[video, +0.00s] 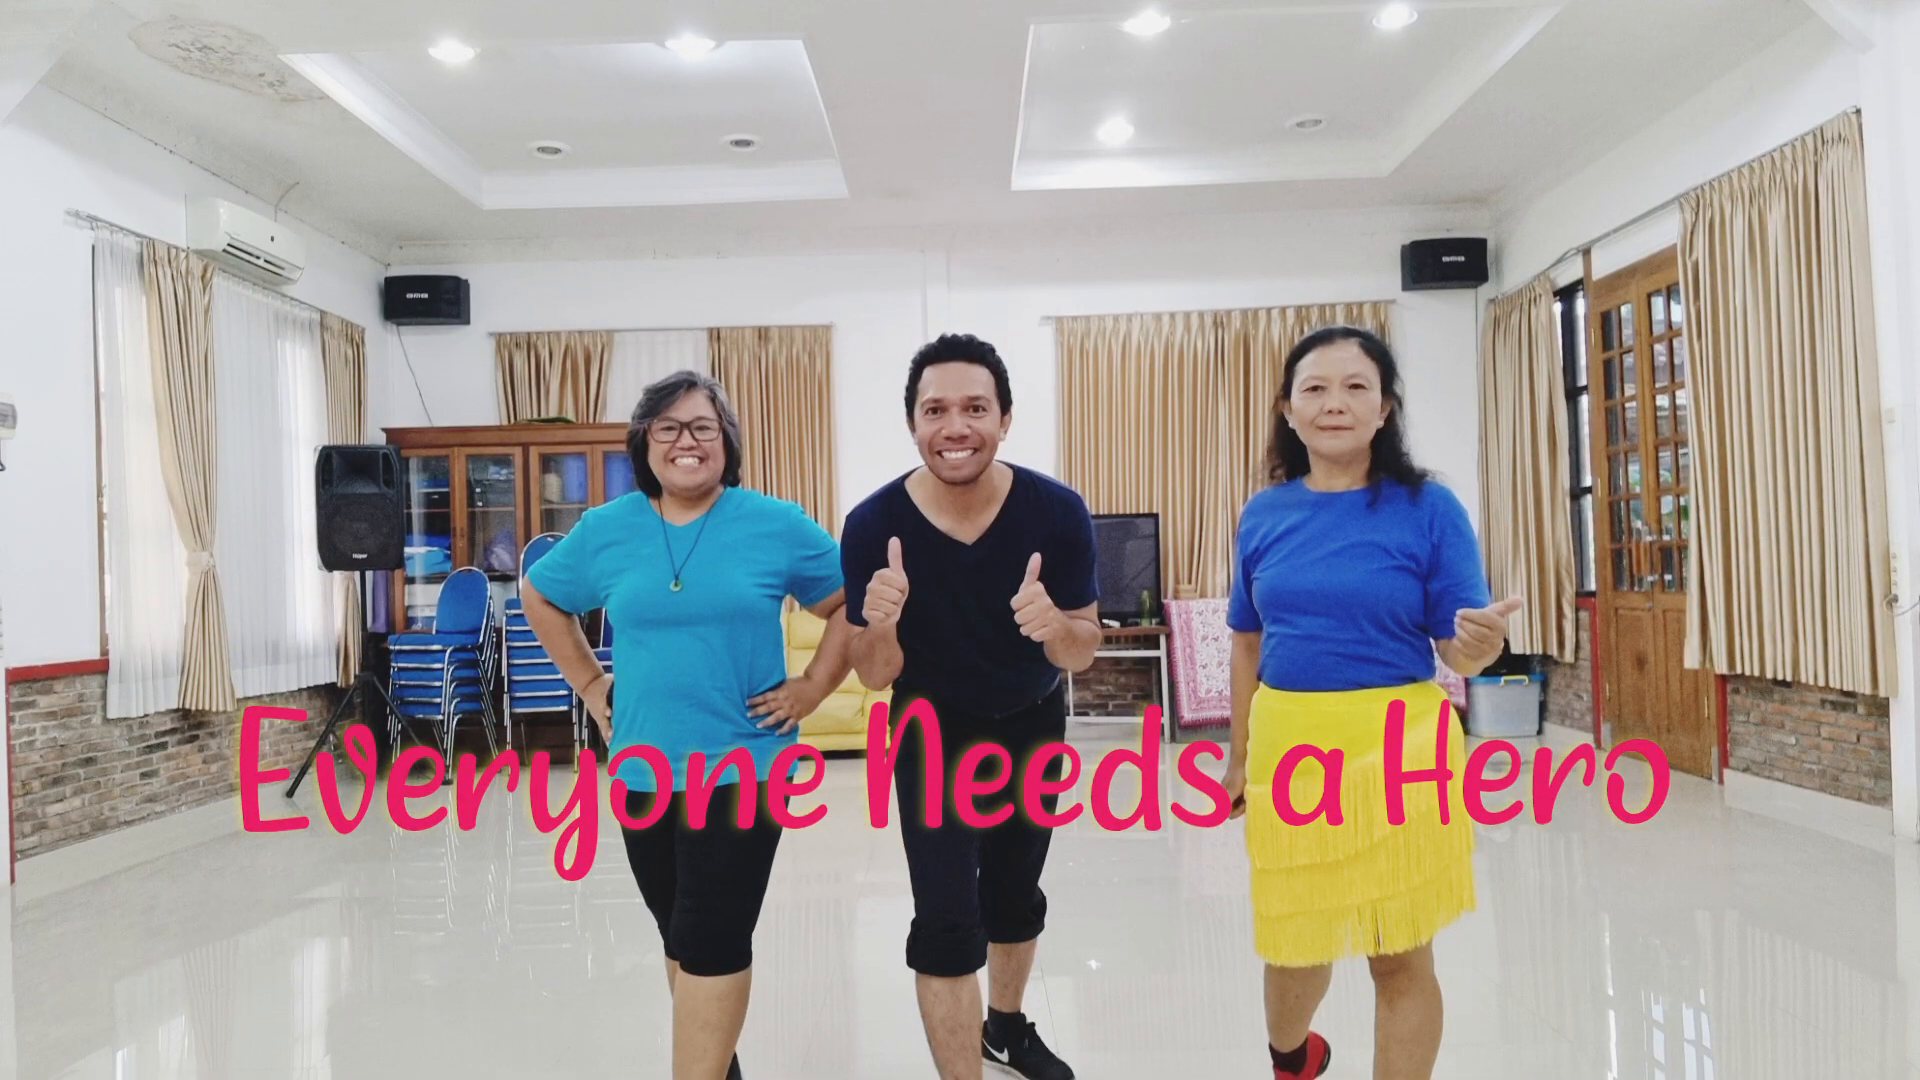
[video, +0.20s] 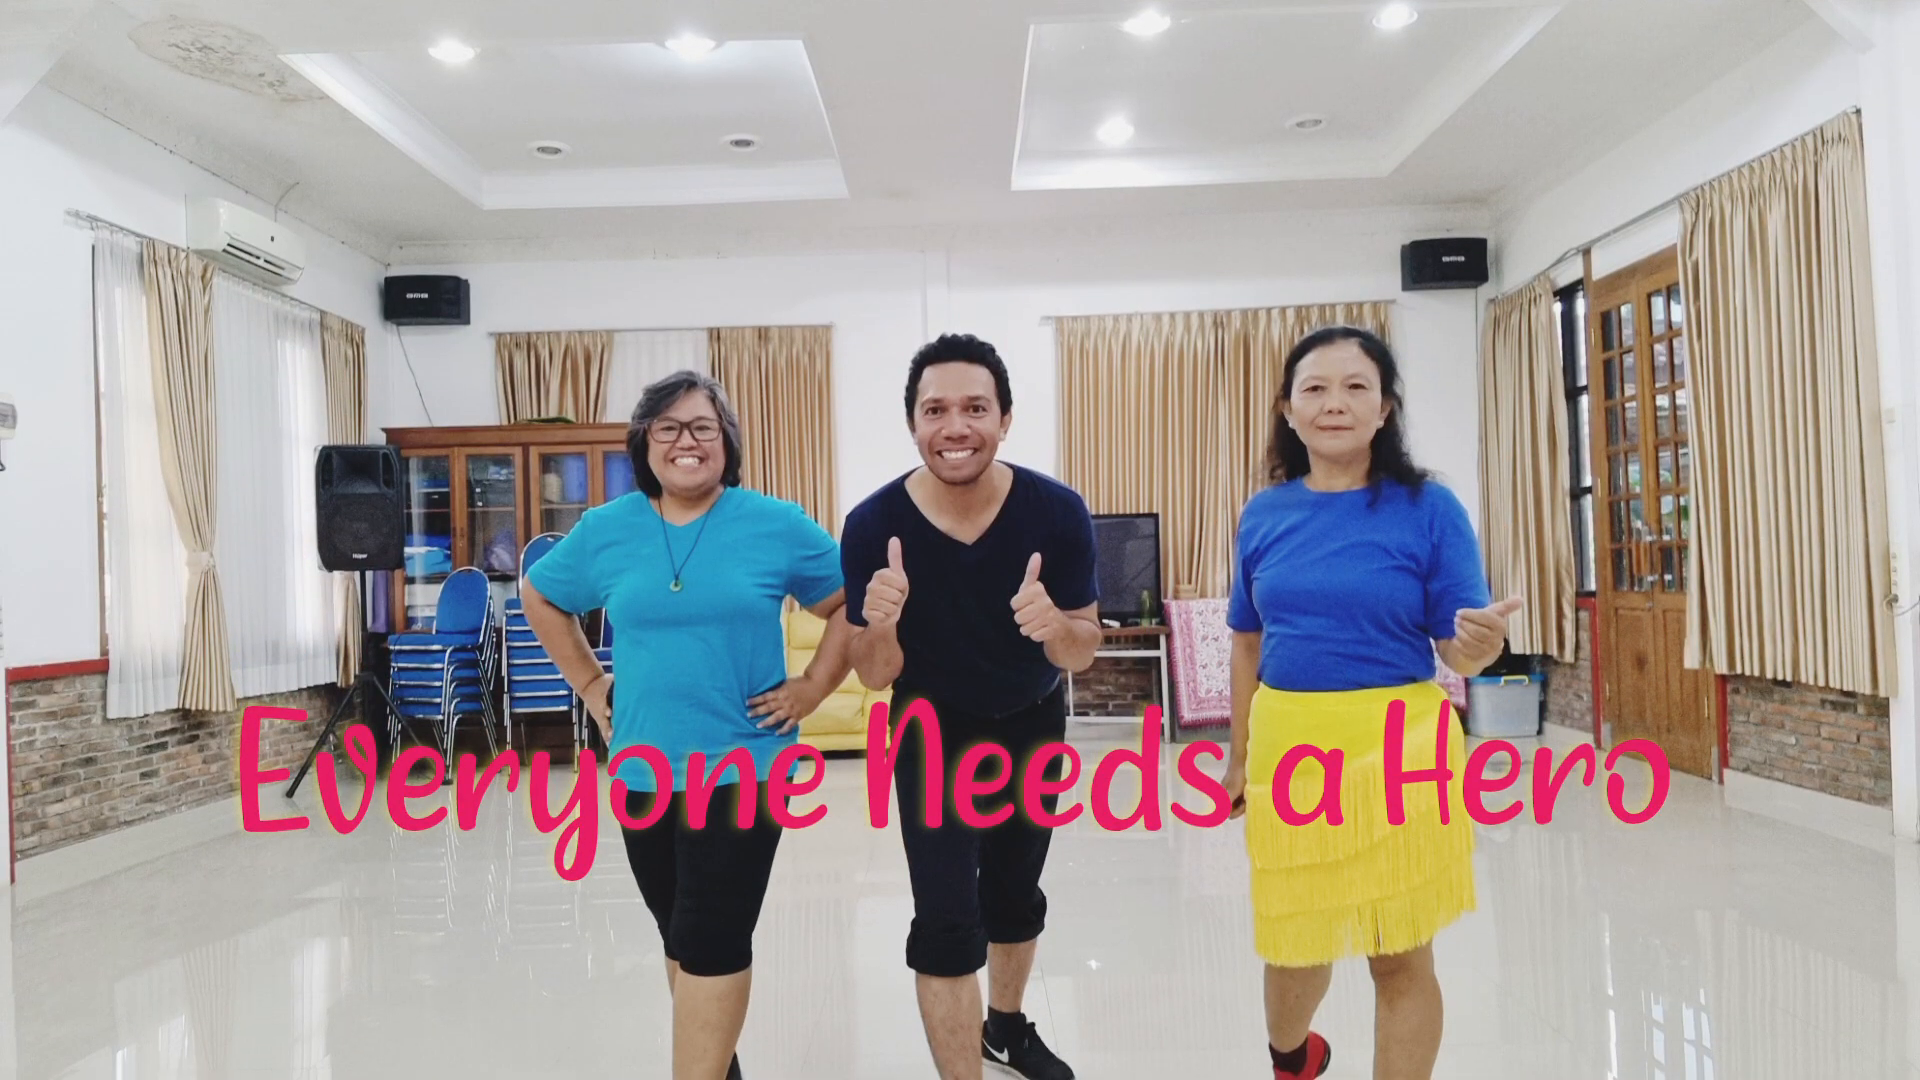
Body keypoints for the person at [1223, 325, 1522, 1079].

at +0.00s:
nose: (1334, 402)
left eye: (1354, 387)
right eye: (1314, 388)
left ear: (1385, 407)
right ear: (1290, 410)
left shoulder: (1428, 507)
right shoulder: (1265, 513)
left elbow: (1462, 651)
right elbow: (1248, 642)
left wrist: (1483, 639)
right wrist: (1239, 755)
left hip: (1400, 745)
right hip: (1289, 745)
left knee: (1397, 959)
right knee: (1293, 954)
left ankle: (1405, 1078)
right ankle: (1290, 1065)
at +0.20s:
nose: (1334, 402)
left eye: (1354, 387)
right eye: (1314, 388)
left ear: (1385, 407)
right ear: (1290, 410)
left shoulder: (1428, 507)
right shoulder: (1265, 513)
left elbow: (1462, 651)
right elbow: (1248, 642)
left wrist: (1483, 639)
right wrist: (1239, 755)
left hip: (1400, 745)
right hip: (1289, 746)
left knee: (1397, 959)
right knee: (1293, 954)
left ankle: (1405, 1078)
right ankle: (1290, 1065)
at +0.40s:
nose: (1334, 402)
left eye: (1354, 387)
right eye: (1314, 388)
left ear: (1385, 407)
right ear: (1290, 410)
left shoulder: (1428, 507)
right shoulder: (1265, 513)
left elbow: (1462, 651)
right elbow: (1248, 642)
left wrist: (1483, 639)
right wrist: (1239, 754)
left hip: (1400, 745)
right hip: (1288, 745)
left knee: (1397, 959)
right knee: (1293, 954)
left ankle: (1405, 1078)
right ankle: (1290, 1065)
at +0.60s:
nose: (1334, 402)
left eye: (1354, 387)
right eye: (1314, 388)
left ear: (1385, 407)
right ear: (1290, 410)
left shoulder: (1428, 507)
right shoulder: (1265, 513)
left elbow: (1462, 651)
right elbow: (1248, 642)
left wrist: (1483, 639)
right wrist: (1239, 754)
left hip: (1400, 745)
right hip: (1288, 745)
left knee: (1397, 959)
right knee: (1293, 954)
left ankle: (1405, 1078)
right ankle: (1290, 1065)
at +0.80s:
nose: (1334, 402)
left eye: (1354, 387)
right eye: (1315, 388)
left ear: (1385, 406)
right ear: (1290, 410)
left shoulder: (1428, 507)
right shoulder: (1265, 513)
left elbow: (1462, 651)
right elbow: (1247, 642)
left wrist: (1484, 639)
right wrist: (1239, 754)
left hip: (1400, 744)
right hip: (1289, 745)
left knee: (1398, 958)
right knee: (1293, 952)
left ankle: (1405, 1078)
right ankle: (1290, 1065)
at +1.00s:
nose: (1334, 402)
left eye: (1354, 387)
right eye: (1315, 388)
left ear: (1385, 406)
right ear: (1290, 410)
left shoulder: (1428, 507)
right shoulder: (1265, 513)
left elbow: (1462, 651)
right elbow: (1247, 642)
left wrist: (1484, 639)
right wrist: (1239, 754)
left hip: (1400, 744)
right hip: (1289, 745)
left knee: (1398, 958)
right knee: (1293, 952)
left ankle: (1405, 1078)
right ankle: (1290, 1065)